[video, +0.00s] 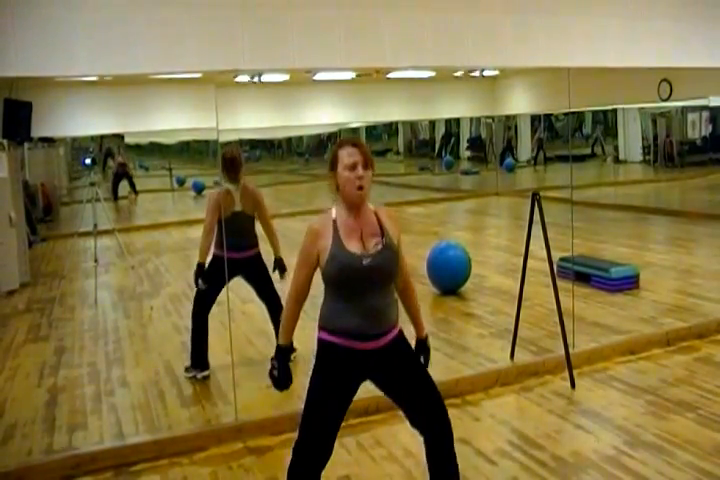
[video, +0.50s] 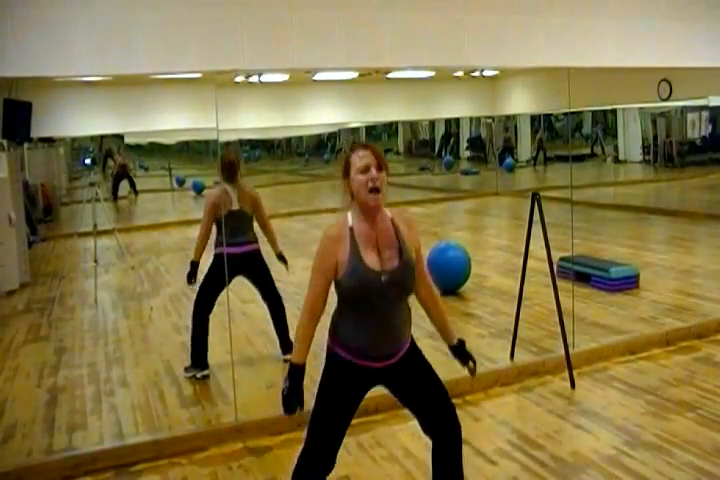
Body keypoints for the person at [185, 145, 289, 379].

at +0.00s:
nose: (231, 170)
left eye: (227, 166)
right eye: (238, 165)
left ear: (221, 168)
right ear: (242, 167)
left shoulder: (216, 197)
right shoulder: (253, 194)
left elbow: (208, 232)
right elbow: (268, 226)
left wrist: (201, 263)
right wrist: (278, 255)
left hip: (223, 263)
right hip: (252, 262)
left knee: (201, 309)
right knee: (273, 302)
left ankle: (200, 364)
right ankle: (286, 347)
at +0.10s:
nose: (230, 165)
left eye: (226, 161)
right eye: (236, 161)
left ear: (221, 164)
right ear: (240, 163)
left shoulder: (216, 191)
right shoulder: (251, 189)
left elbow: (207, 227)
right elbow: (265, 220)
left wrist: (199, 257)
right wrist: (277, 248)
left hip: (223, 257)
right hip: (250, 256)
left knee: (203, 307)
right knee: (270, 300)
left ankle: (200, 364)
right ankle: (285, 348)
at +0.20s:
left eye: (225, 161)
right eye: (236, 162)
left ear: (221, 165)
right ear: (239, 165)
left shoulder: (215, 192)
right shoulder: (250, 188)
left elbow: (206, 227)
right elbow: (264, 220)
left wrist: (196, 259)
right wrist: (278, 247)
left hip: (224, 258)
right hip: (251, 256)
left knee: (203, 305)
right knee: (272, 301)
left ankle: (200, 363)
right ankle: (285, 350)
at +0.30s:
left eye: (220, 173)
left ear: (220, 175)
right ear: (239, 175)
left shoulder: (214, 197)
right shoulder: (250, 196)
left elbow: (205, 236)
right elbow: (264, 228)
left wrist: (194, 268)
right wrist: (280, 256)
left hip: (226, 263)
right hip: (253, 261)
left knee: (200, 308)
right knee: (274, 303)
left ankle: (200, 365)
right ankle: (288, 354)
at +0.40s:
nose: (229, 180)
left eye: (223, 176)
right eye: (235, 176)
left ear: (219, 178)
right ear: (239, 178)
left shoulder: (215, 202)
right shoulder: (250, 200)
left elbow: (204, 242)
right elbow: (266, 233)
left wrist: (193, 273)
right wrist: (280, 259)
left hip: (227, 269)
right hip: (254, 267)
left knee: (198, 309)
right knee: (275, 302)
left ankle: (200, 365)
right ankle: (286, 348)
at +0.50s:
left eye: (224, 167)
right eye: (234, 167)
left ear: (220, 171)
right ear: (239, 170)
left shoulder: (214, 196)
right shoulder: (250, 194)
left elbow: (204, 234)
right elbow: (265, 225)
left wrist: (194, 263)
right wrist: (278, 251)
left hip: (226, 261)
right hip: (252, 259)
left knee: (202, 308)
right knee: (273, 300)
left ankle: (200, 364)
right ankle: (287, 347)